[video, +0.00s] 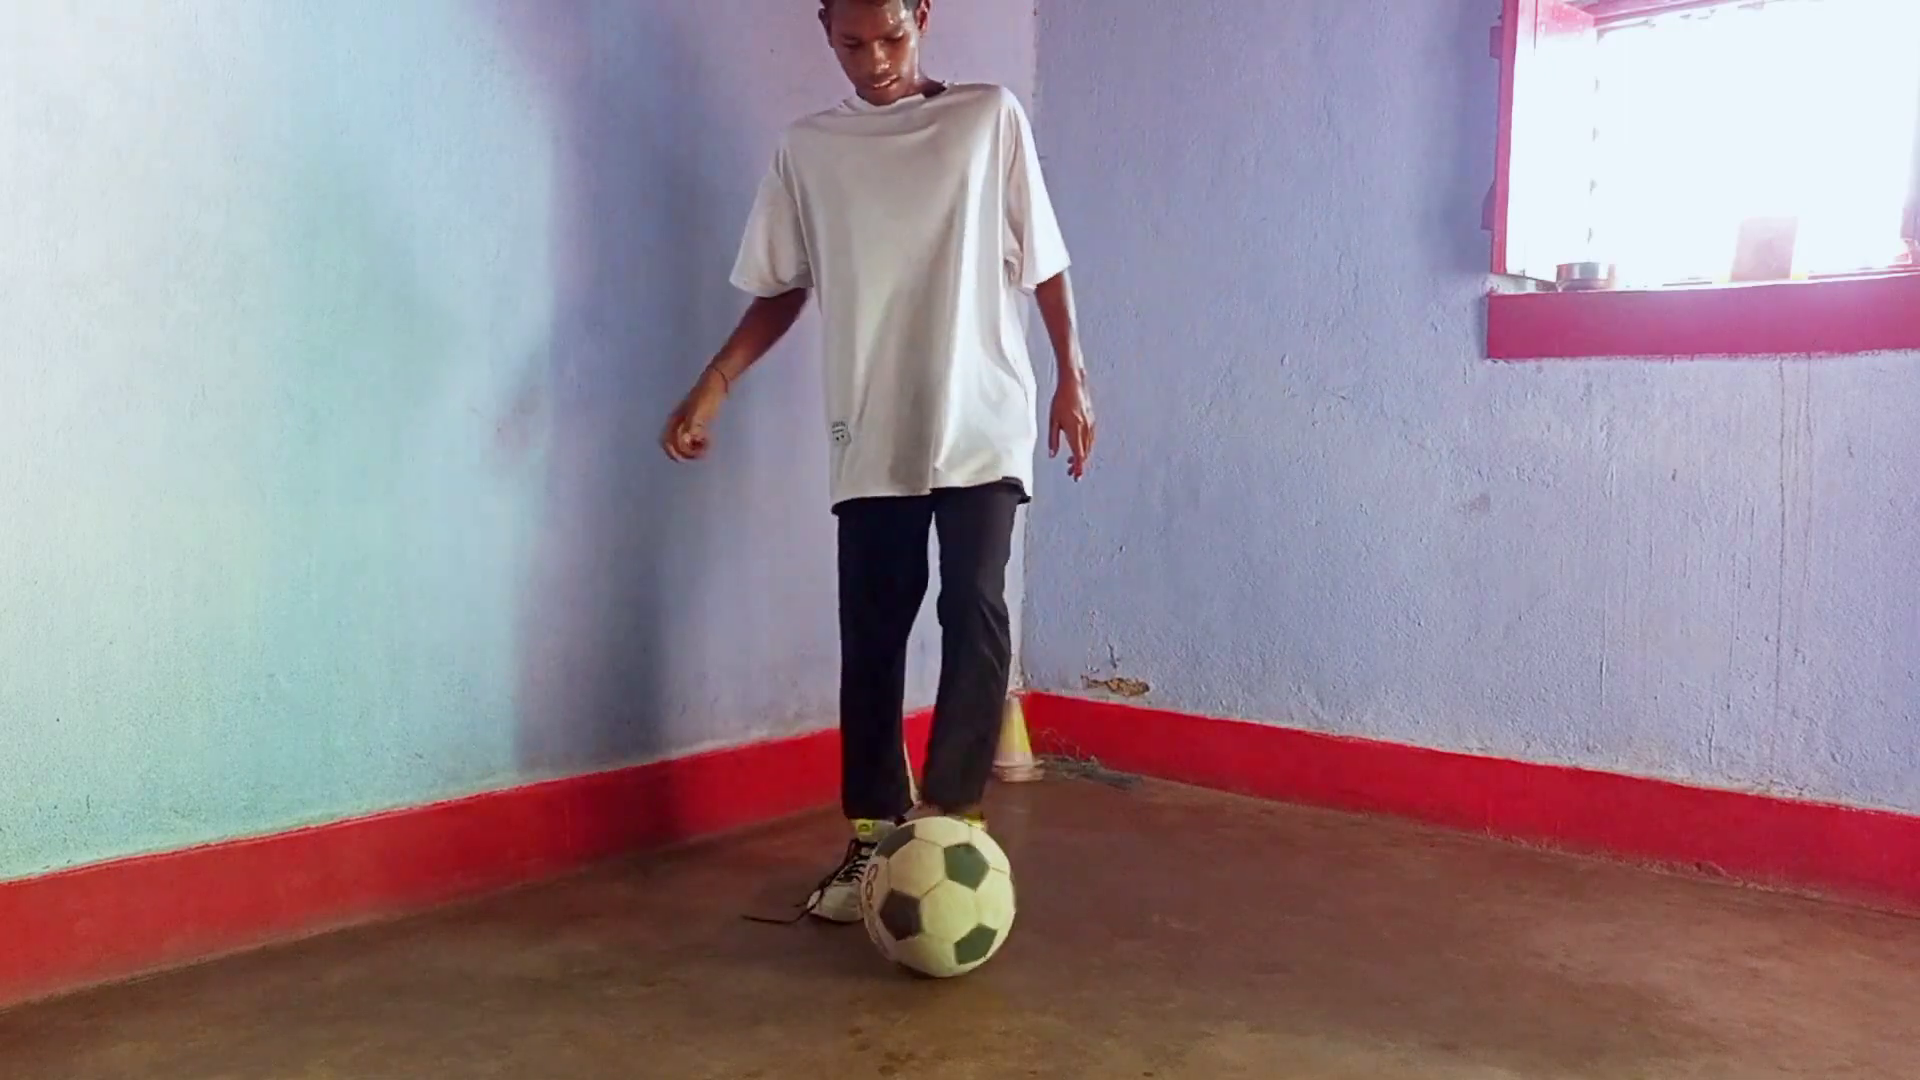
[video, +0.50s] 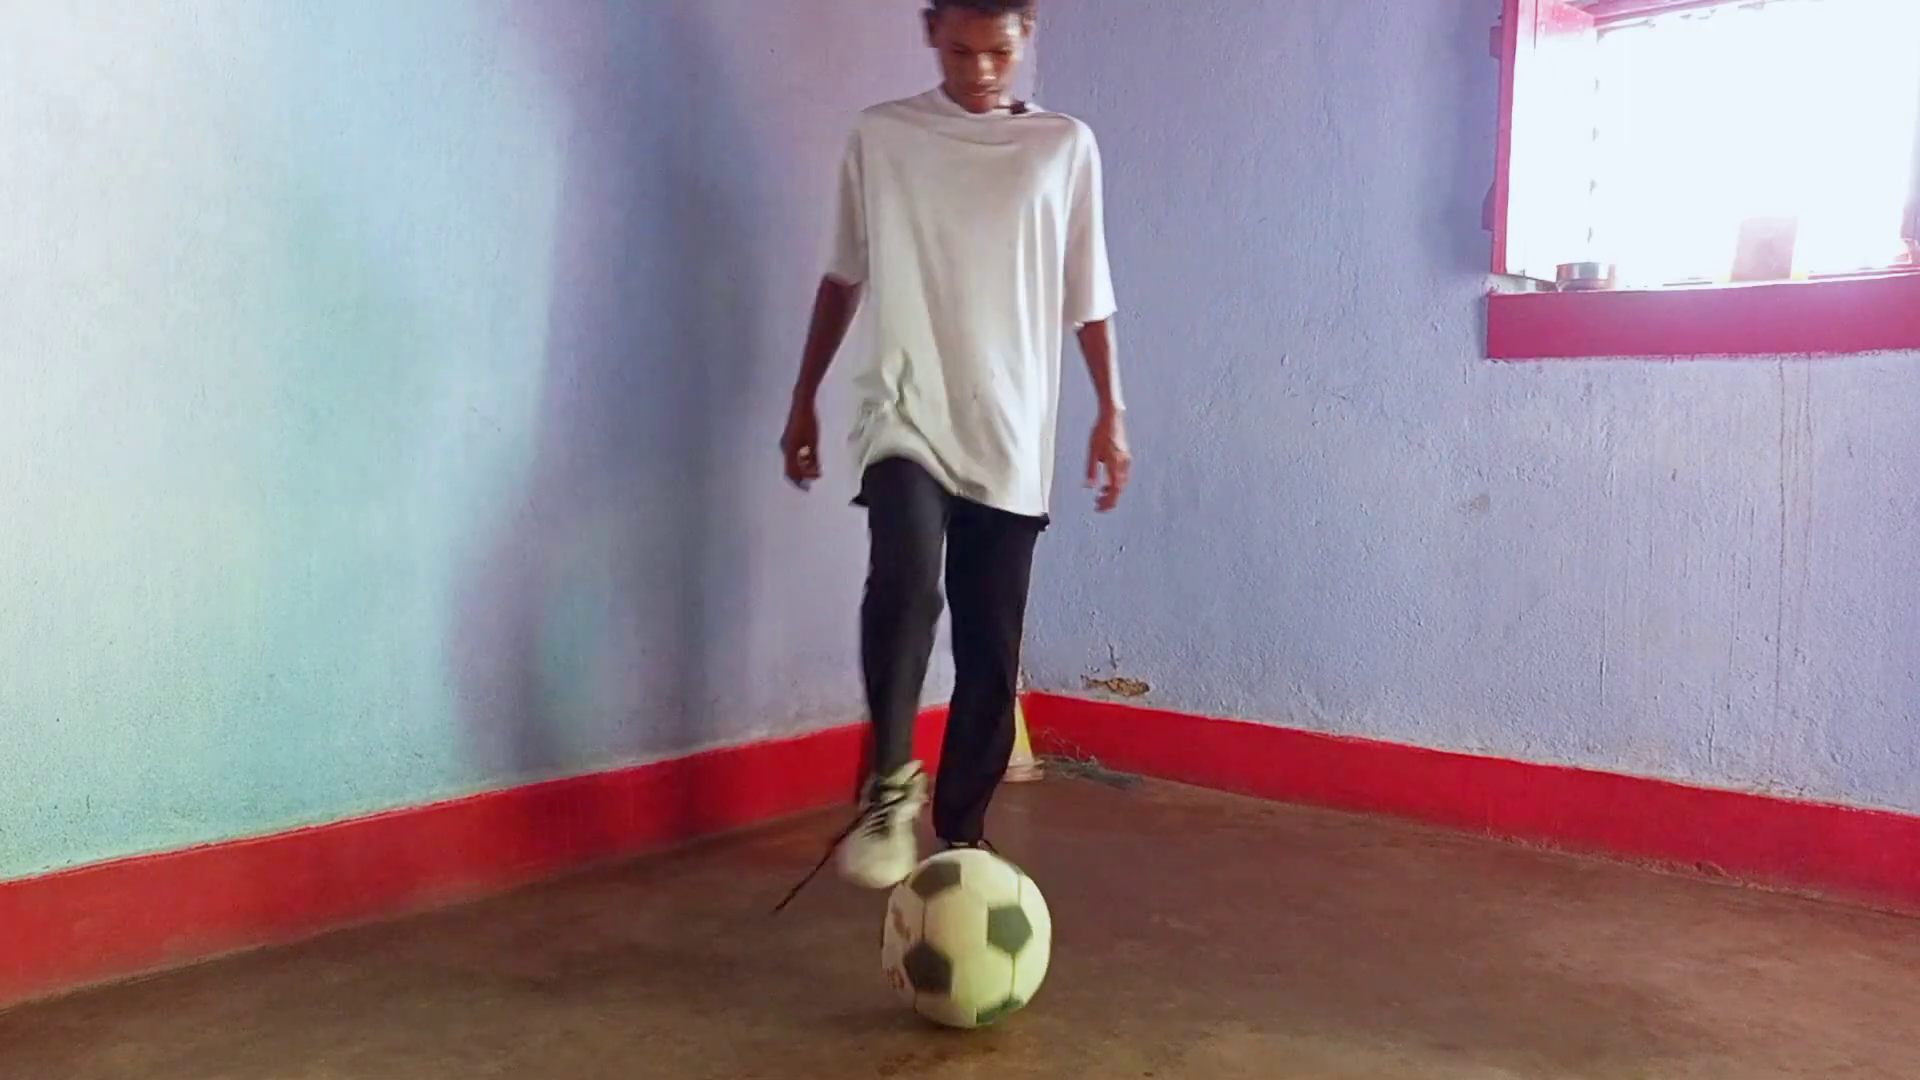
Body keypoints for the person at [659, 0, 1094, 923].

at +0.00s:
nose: (875, 61)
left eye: (890, 39)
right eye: (853, 44)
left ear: (920, 22)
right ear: (828, 36)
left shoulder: (989, 117)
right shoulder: (808, 150)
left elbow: (1042, 261)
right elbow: (782, 294)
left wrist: (1072, 375)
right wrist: (707, 388)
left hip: (982, 417)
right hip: (872, 427)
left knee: (974, 605)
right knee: (869, 632)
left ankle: (949, 831)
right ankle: (876, 840)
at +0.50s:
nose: (980, 71)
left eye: (998, 52)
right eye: (962, 52)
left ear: (1027, 39)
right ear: (931, 37)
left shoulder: (1066, 146)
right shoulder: (878, 135)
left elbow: (1087, 293)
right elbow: (842, 278)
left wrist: (1111, 410)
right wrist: (803, 398)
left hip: (1010, 429)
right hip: (904, 414)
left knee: (991, 652)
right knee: (907, 581)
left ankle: (959, 843)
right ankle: (889, 786)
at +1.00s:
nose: (1063, 72)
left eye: (1081, 54)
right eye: (1046, 52)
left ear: (1112, 50)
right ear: (1018, 47)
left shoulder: (1148, 177)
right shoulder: (960, 152)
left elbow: (1161, 336)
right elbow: (922, 297)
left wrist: (1162, 464)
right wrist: (896, 421)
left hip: (1078, 455)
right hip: (963, 437)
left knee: (1051, 657)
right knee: (939, 593)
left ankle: (1019, 835)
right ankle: (916, 798)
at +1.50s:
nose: (1060, 87)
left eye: (1078, 66)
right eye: (1043, 66)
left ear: (1113, 54)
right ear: (1018, 53)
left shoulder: (1156, 175)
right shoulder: (970, 157)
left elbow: (1175, 331)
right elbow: (940, 301)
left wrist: (1166, 458)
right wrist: (914, 425)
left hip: (1080, 455)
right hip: (970, 438)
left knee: (1054, 658)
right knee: (941, 593)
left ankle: (1021, 837)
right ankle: (920, 797)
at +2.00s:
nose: (1077, 78)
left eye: (1095, 58)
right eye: (1060, 57)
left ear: (1130, 52)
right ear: (1037, 52)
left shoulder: (1164, 179)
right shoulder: (983, 151)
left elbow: (1179, 336)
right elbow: (946, 293)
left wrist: (1168, 467)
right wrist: (907, 416)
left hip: (1075, 446)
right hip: (965, 424)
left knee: (1060, 646)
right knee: (941, 582)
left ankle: (1020, 834)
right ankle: (918, 804)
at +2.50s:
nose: (1027, 116)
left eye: (1045, 97)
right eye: (1010, 97)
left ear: (1085, 65)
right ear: (989, 69)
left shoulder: (1135, 179)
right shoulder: (950, 161)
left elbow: (1166, 335)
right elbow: (919, 298)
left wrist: (1164, 462)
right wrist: (883, 416)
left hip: (1072, 455)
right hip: (968, 443)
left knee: (1049, 658)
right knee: (956, 640)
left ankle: (1022, 841)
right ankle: (942, 839)